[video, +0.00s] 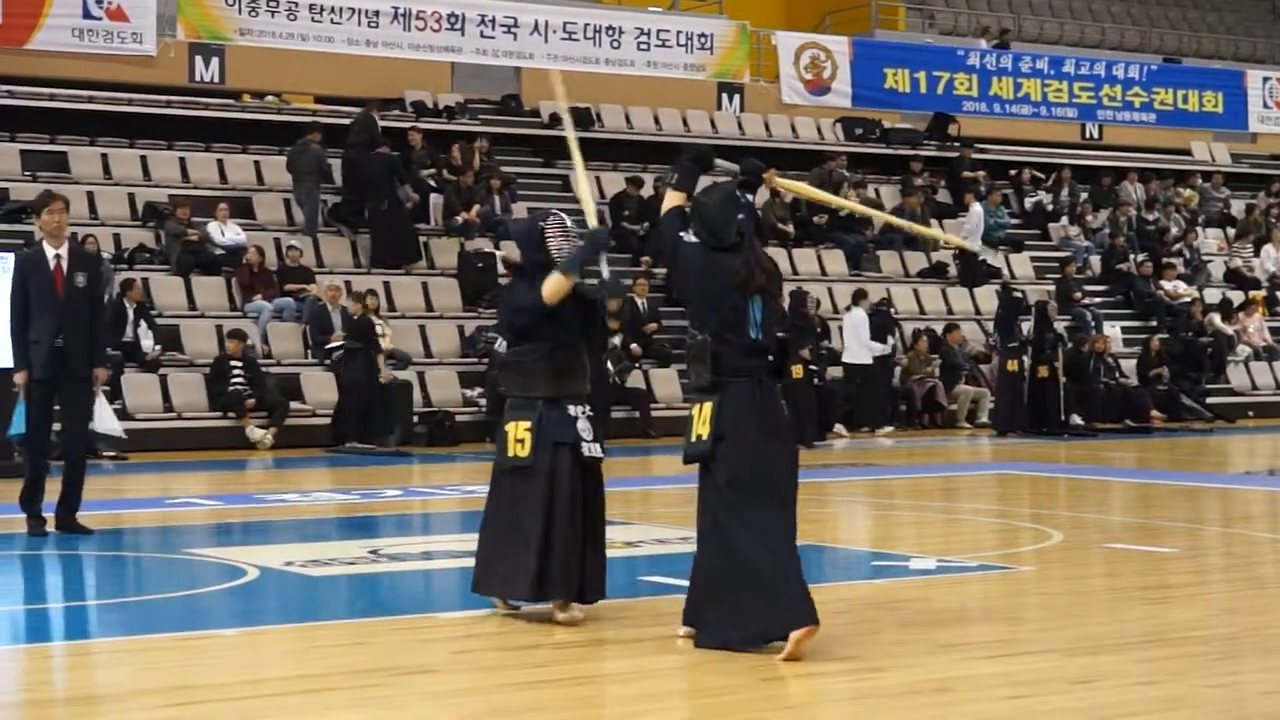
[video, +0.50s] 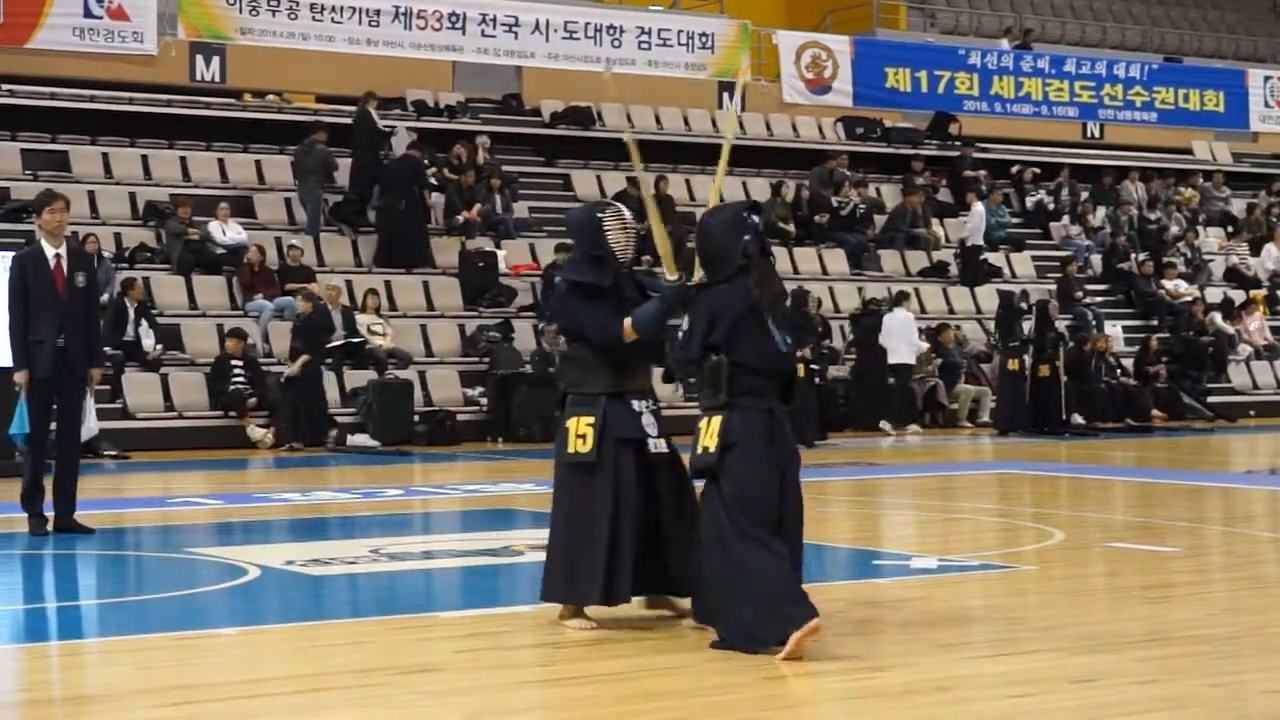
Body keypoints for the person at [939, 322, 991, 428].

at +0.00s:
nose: (961, 335)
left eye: (960, 333)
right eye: (958, 333)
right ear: (948, 335)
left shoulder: (959, 350)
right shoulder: (945, 350)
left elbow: (971, 362)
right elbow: (955, 363)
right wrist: (968, 366)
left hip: (962, 384)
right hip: (949, 386)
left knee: (984, 393)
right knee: (967, 391)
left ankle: (982, 418)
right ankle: (960, 420)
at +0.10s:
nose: (961, 336)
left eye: (960, 333)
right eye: (957, 333)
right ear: (948, 335)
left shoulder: (958, 349)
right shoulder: (944, 349)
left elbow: (970, 361)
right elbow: (955, 363)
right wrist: (966, 365)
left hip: (961, 385)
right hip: (948, 386)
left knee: (985, 393)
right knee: (967, 391)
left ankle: (982, 418)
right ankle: (961, 420)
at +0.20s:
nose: (957, 335)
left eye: (957, 332)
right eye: (954, 332)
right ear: (946, 335)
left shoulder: (957, 349)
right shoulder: (942, 349)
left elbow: (969, 358)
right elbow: (956, 362)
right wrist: (966, 364)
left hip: (961, 384)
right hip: (948, 386)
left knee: (986, 392)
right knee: (968, 390)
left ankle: (982, 418)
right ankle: (961, 420)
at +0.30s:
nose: (954, 336)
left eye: (954, 333)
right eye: (951, 333)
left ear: (956, 334)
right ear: (943, 335)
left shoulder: (956, 349)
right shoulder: (941, 349)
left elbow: (969, 357)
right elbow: (955, 362)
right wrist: (966, 363)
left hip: (961, 384)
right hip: (947, 386)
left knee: (986, 392)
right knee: (968, 390)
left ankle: (983, 418)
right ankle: (962, 420)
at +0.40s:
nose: (952, 335)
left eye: (952, 332)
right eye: (949, 332)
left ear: (953, 334)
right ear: (941, 335)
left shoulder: (954, 349)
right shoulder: (940, 350)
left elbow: (967, 357)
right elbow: (951, 362)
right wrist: (965, 363)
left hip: (961, 384)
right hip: (947, 386)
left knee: (986, 392)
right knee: (968, 390)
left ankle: (983, 418)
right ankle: (962, 420)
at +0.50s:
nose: (951, 335)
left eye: (951, 332)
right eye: (948, 333)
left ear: (953, 333)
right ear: (941, 335)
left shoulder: (955, 347)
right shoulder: (938, 349)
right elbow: (951, 362)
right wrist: (963, 363)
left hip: (960, 384)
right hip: (947, 386)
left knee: (986, 391)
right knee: (968, 390)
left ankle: (983, 418)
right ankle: (962, 420)